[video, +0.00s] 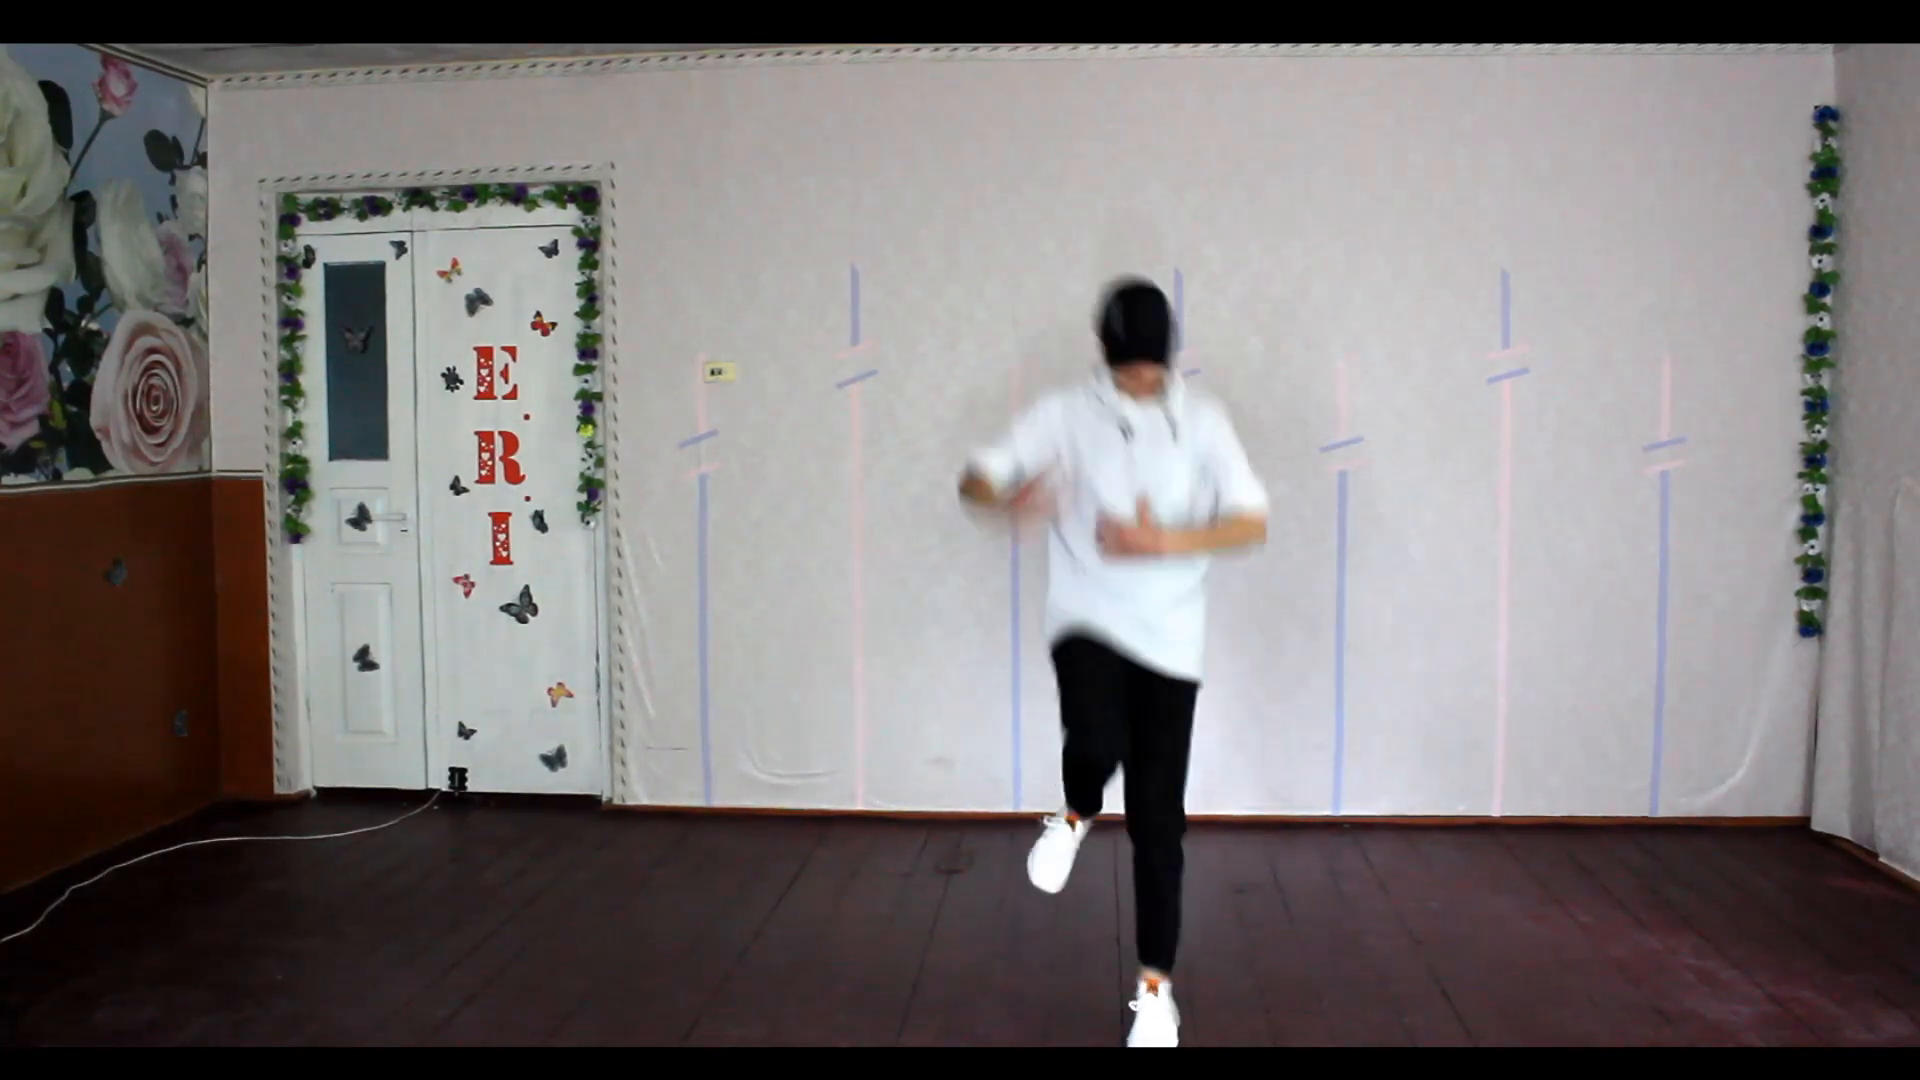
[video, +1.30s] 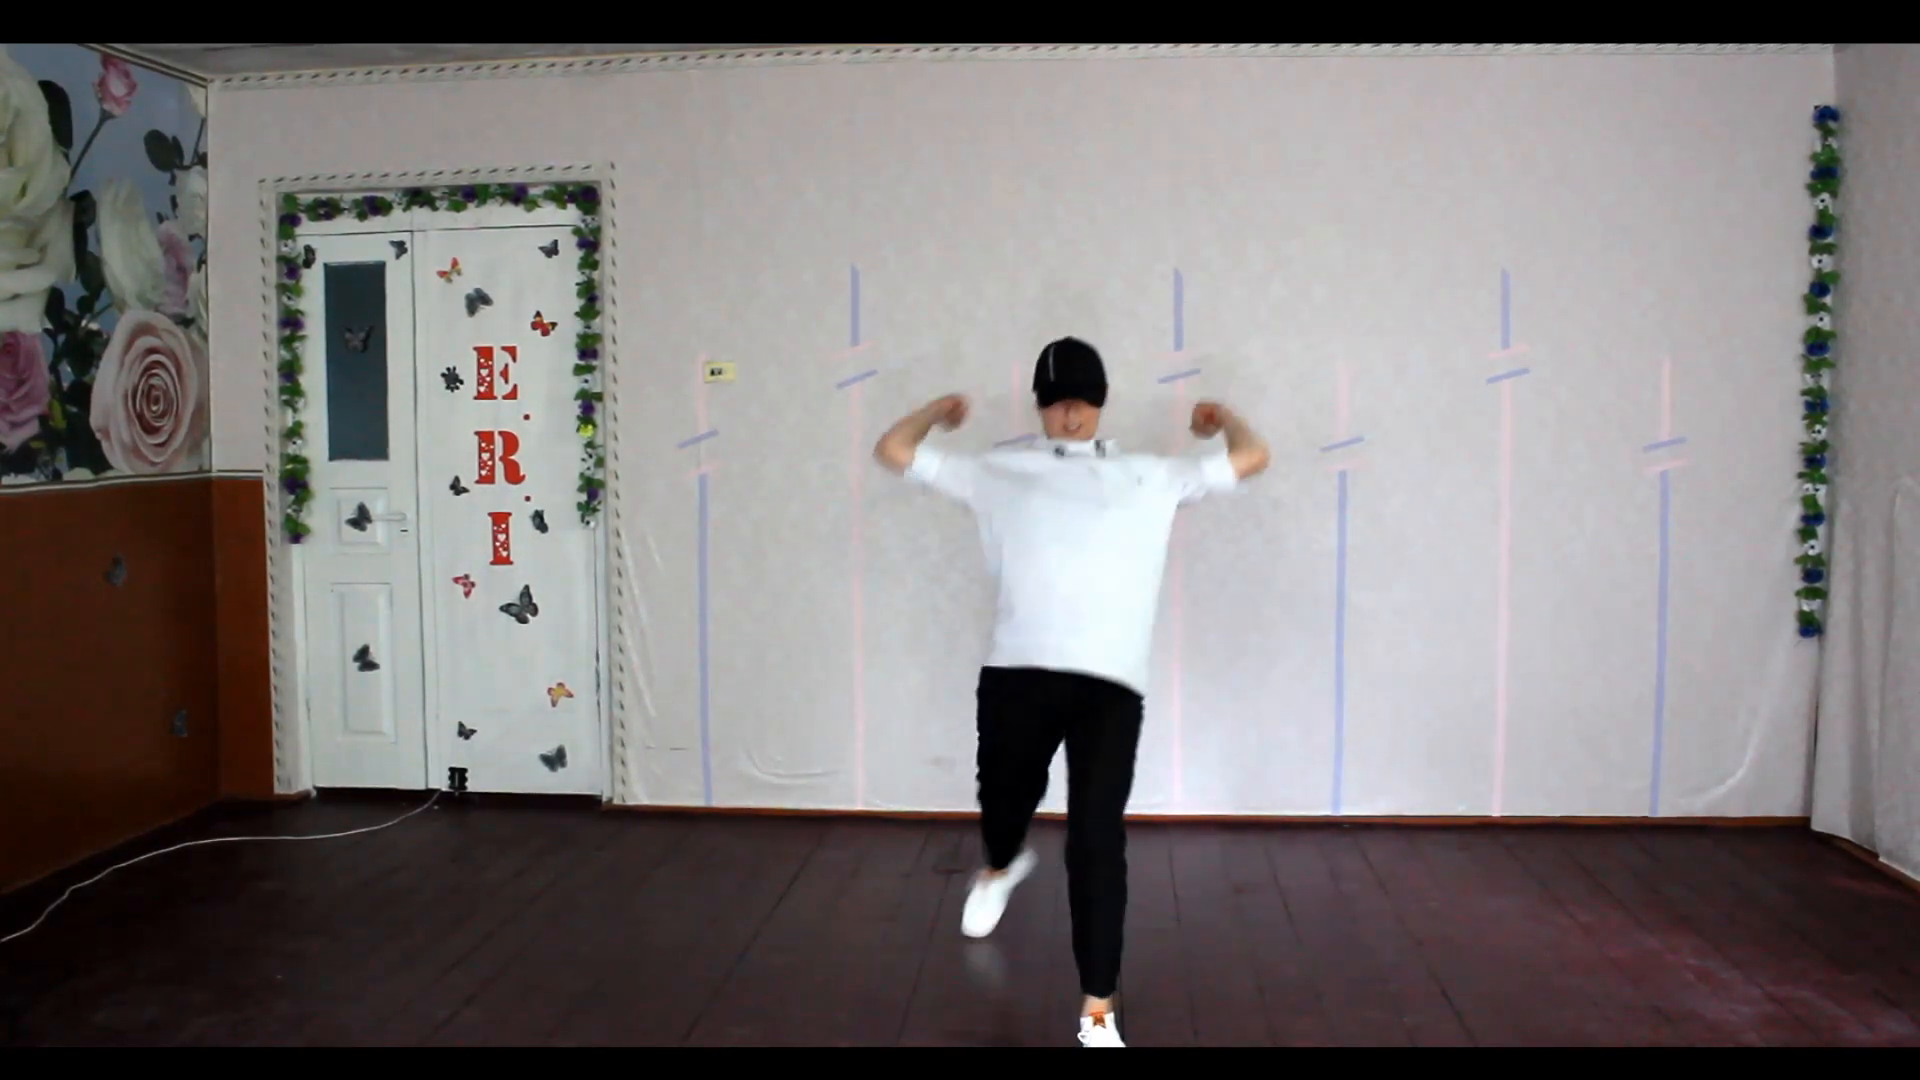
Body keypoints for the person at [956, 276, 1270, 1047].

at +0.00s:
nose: (1145, 377)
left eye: (1156, 363)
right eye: (1132, 365)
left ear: (1172, 352)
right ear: (1108, 354)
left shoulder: (1200, 416)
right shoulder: (1069, 412)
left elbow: (1251, 521)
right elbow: (975, 479)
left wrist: (1157, 540)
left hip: (1169, 635)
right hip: (1087, 618)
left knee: (1156, 818)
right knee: (1094, 741)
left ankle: (1154, 985)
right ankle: (1076, 821)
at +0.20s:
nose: (1096, 361)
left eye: (1107, 348)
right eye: (1082, 349)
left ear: (1128, 327)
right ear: (1063, 334)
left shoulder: (1182, 379)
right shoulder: (1054, 385)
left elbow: (1257, 470)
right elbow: (979, 434)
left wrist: (1165, 504)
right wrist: (1092, 424)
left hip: (1170, 609)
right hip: (1087, 599)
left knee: (1143, 769)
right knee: (1098, 754)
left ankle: (1103, 919)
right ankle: (1101, 925)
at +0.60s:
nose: (1147, 402)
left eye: (1159, 390)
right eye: (1135, 388)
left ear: (1173, 375)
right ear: (1107, 364)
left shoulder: (1182, 417)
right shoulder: (1055, 428)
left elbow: (1236, 475)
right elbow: (958, 502)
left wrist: (1136, 503)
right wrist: (1044, 503)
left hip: (1163, 657)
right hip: (1075, 664)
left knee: (1163, 806)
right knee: (1096, 828)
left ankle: (1146, 842)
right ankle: (1123, 976)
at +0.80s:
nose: (1083, 386)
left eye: (1093, 373)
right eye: (1068, 375)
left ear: (1116, 349)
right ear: (1051, 359)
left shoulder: (1168, 402)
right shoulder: (1033, 421)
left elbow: (1266, 464)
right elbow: (979, 516)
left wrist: (1160, 466)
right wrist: (1090, 524)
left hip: (1157, 621)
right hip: (1078, 637)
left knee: (1136, 778)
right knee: (1091, 800)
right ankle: (1124, 965)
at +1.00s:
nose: (1111, 404)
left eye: (1125, 392)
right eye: (1101, 389)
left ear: (1146, 378)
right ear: (1081, 367)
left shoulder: (1165, 425)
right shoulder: (1030, 423)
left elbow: (1245, 459)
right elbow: (925, 434)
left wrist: (1139, 480)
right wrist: (1005, 503)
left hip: (1137, 672)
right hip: (1049, 672)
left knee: (1118, 834)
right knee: (1068, 838)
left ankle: (1106, 1000)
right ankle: (1119, 967)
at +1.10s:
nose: (1083, 396)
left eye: (1096, 385)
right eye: (1071, 384)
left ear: (1120, 371)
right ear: (1052, 373)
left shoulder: (1177, 426)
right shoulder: (1018, 416)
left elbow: (1272, 412)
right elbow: (918, 362)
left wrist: (1231, 369)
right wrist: (951, 344)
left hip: (1128, 664)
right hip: (1036, 657)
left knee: (1111, 837)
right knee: (1018, 826)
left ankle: (1098, 1007)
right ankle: (1091, 907)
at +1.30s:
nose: (1070, 417)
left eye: (1079, 404)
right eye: (1060, 404)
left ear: (1097, 404)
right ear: (1047, 405)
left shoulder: (1151, 477)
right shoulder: (996, 470)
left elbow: (1251, 460)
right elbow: (894, 451)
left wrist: (1223, 420)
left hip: (1110, 680)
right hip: (1017, 673)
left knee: (1097, 837)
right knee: (1003, 796)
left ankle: (1098, 1008)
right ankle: (1000, 867)